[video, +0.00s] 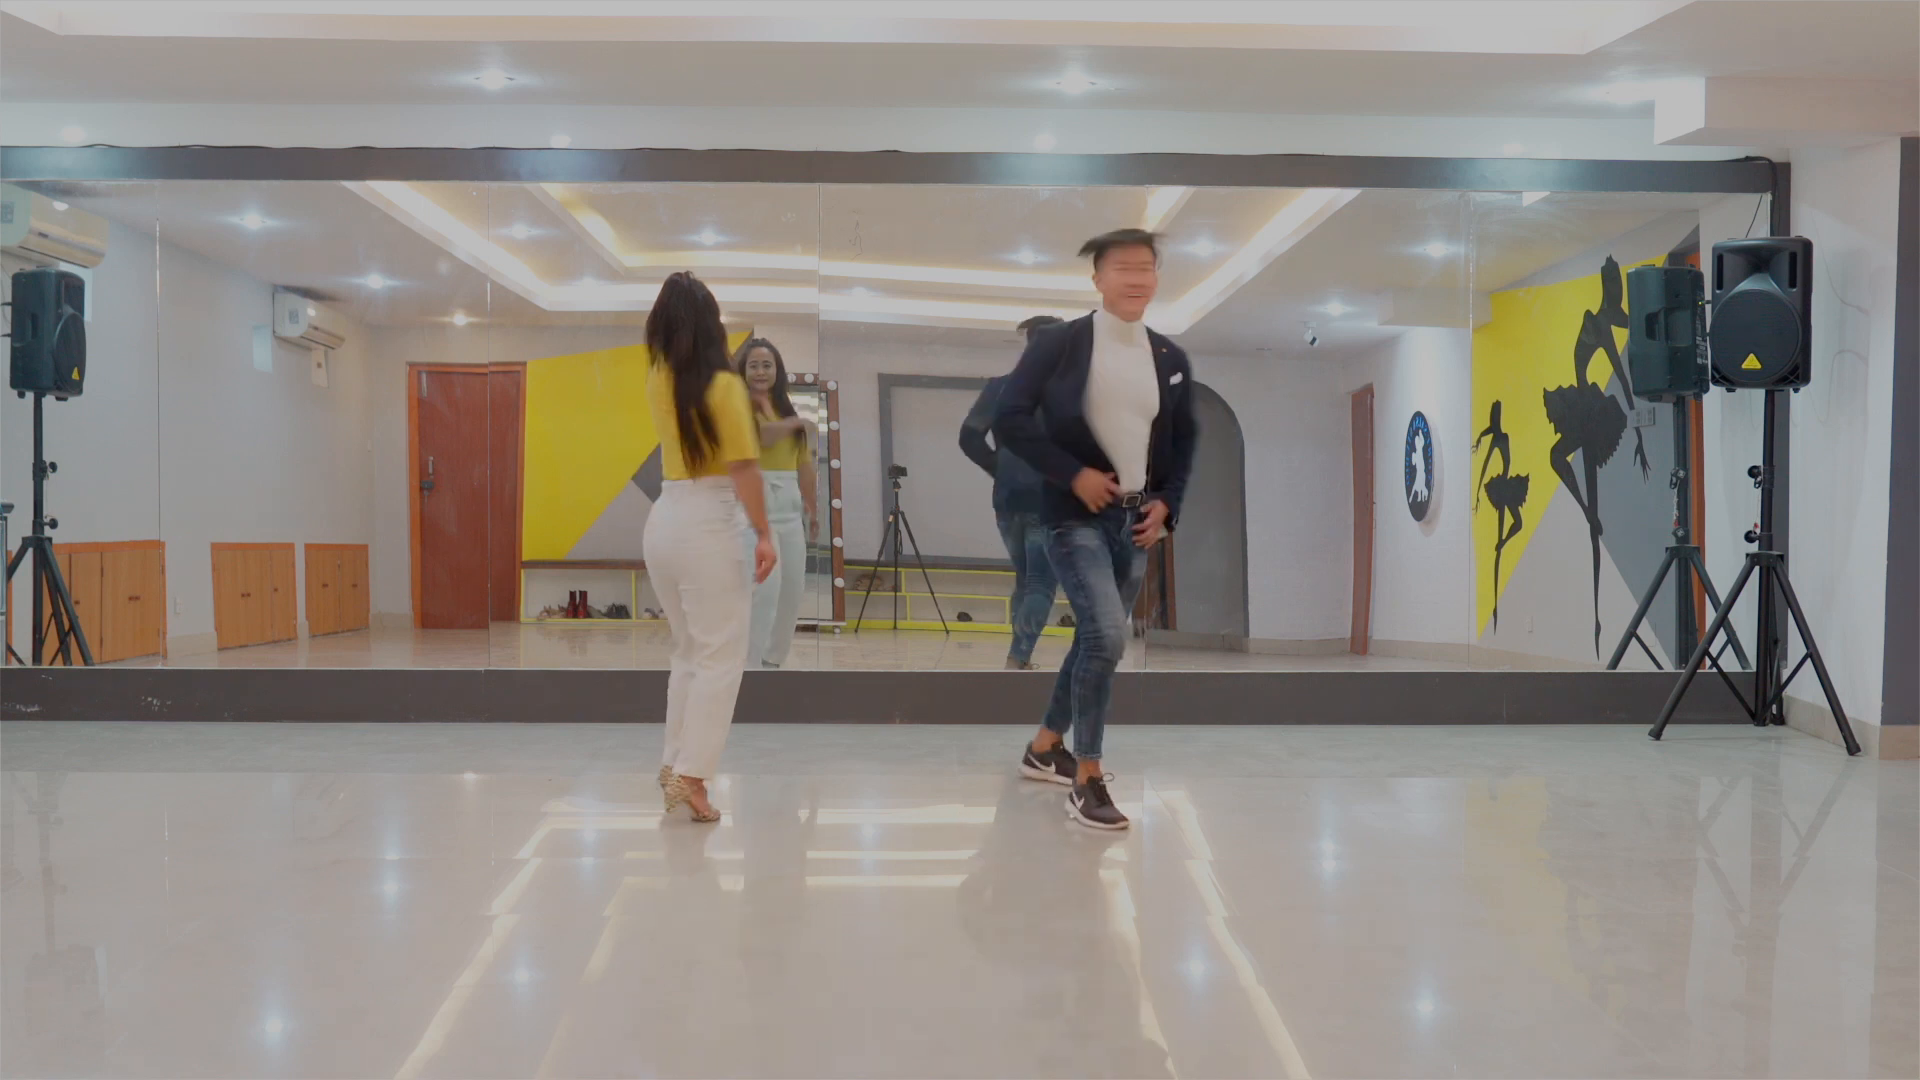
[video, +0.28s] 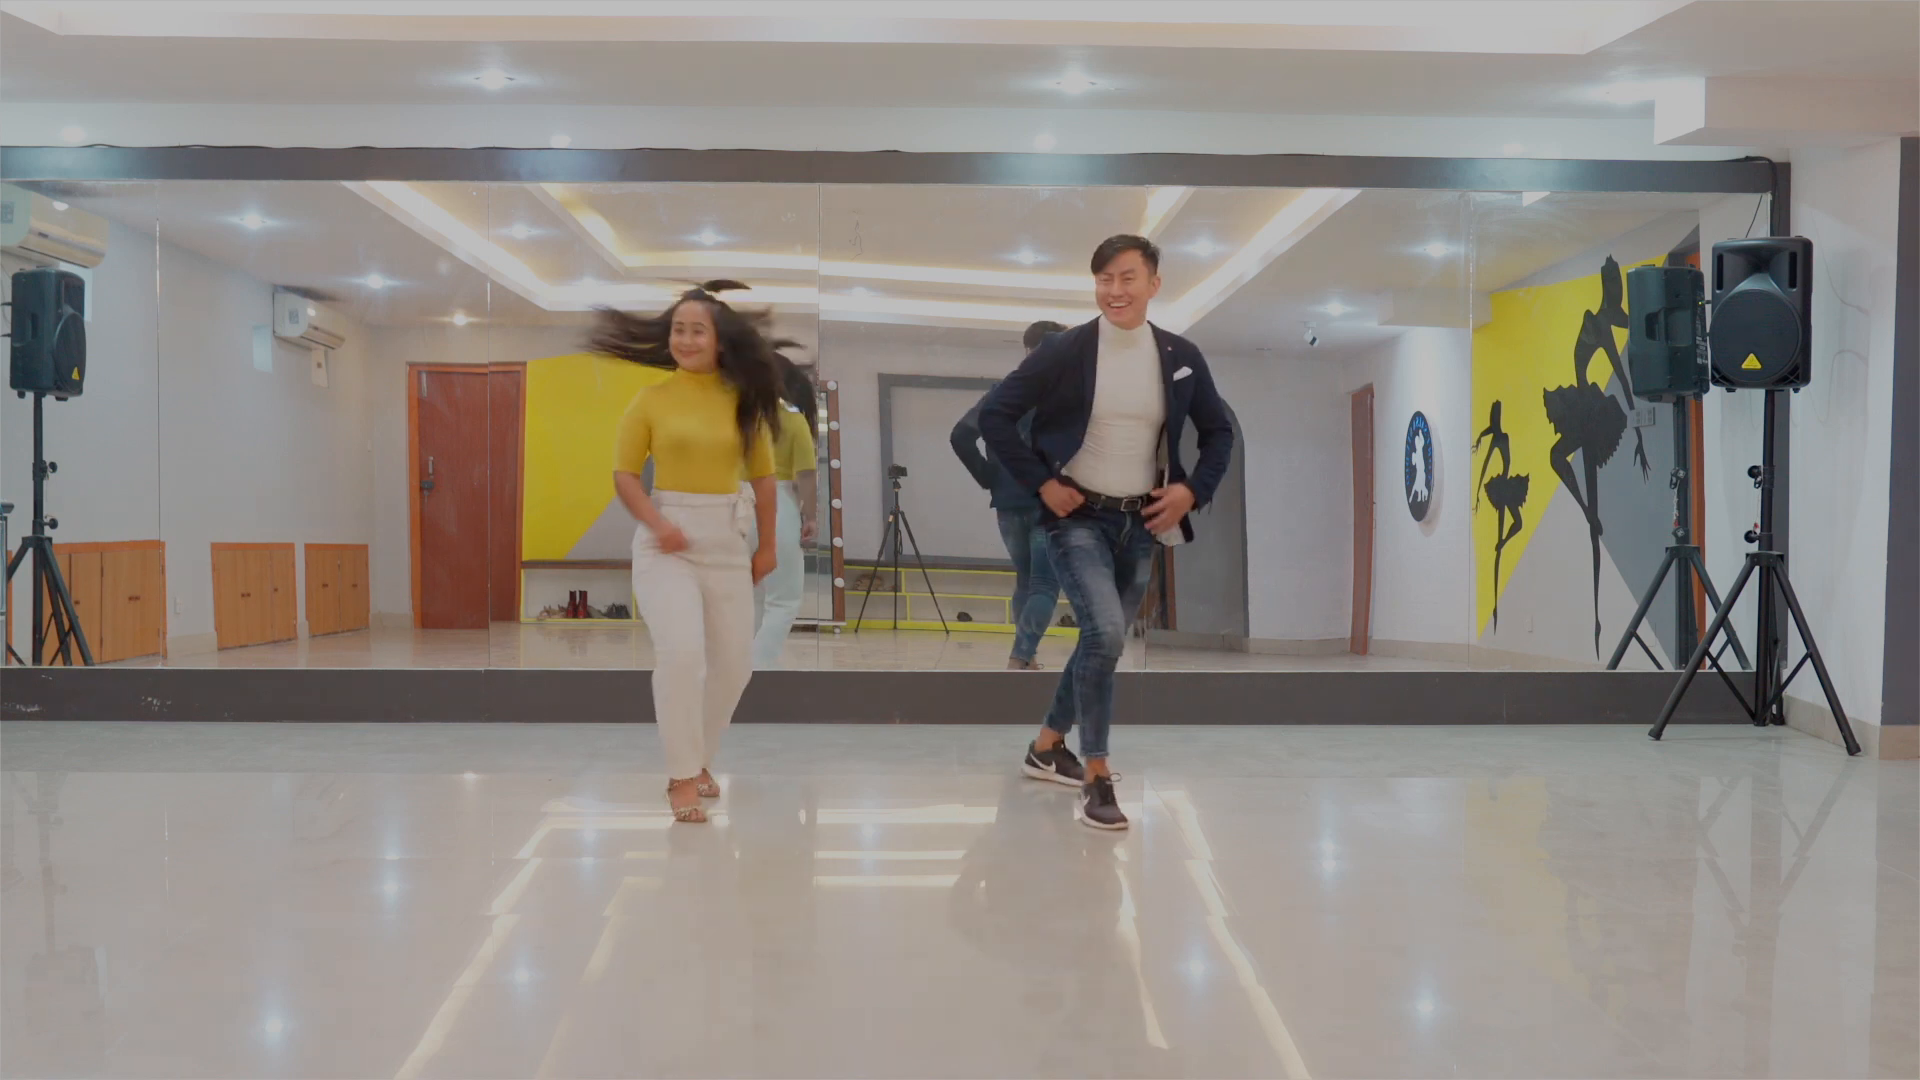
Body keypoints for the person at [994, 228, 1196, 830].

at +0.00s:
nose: (1135, 279)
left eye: (1144, 268)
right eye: (1122, 268)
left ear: (1157, 278)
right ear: (1097, 276)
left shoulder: (1170, 359)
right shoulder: (1057, 344)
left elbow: (1181, 438)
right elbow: (1010, 418)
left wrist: (1166, 499)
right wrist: (1072, 474)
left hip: (1135, 518)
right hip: (1074, 515)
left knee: (1097, 637)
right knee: (1107, 637)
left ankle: (1046, 743)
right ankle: (1088, 774)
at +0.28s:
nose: (1116, 289)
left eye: (1128, 277)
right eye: (1106, 278)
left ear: (1154, 283)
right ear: (1094, 286)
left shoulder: (1181, 357)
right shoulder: (1066, 351)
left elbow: (1220, 430)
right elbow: (993, 415)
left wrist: (1193, 491)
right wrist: (1042, 482)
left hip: (1142, 521)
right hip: (1076, 514)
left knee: (1104, 638)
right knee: (1105, 634)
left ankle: (1049, 742)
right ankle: (1098, 773)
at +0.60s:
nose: (1119, 298)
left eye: (1131, 285)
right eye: (1109, 288)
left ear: (1157, 292)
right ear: (1096, 298)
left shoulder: (1187, 359)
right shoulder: (1065, 356)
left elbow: (1169, 431)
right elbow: (1010, 429)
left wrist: (1086, 416)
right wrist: (1019, 502)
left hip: (1161, 530)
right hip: (1091, 525)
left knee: (1129, 655)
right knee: (1119, 651)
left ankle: (1059, 734)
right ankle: (1155, 775)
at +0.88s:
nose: (1109, 286)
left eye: (1121, 274)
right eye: (1098, 276)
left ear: (1147, 281)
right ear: (1087, 288)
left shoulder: (1170, 348)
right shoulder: (1082, 352)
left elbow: (1162, 444)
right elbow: (1080, 425)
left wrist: (1101, 515)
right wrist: (1059, 467)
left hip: (1170, 521)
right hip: (1102, 519)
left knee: (1163, 667)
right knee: (1122, 652)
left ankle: (1122, 724)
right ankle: (1155, 775)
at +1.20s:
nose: (1107, 276)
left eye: (1118, 264)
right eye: (1095, 267)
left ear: (1144, 270)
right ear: (1083, 277)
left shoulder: (1182, 329)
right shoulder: (1078, 343)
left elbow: (1253, 379)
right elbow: (1034, 427)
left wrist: (1229, 438)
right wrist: (1050, 396)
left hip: (1157, 497)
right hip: (1108, 503)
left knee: (1043, 582)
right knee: (1136, 650)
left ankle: (1144, 682)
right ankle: (1179, 783)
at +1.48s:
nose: (1073, 287)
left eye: (1087, 276)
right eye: (1065, 277)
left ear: (1114, 283)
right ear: (1057, 287)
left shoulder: (1142, 343)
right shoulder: (1031, 349)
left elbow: (1175, 418)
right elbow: (976, 408)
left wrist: (1117, 469)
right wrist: (1008, 470)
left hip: (1148, 514)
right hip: (1082, 520)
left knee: (1118, 637)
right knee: (1059, 644)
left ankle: (1085, 769)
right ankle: (1157, 731)